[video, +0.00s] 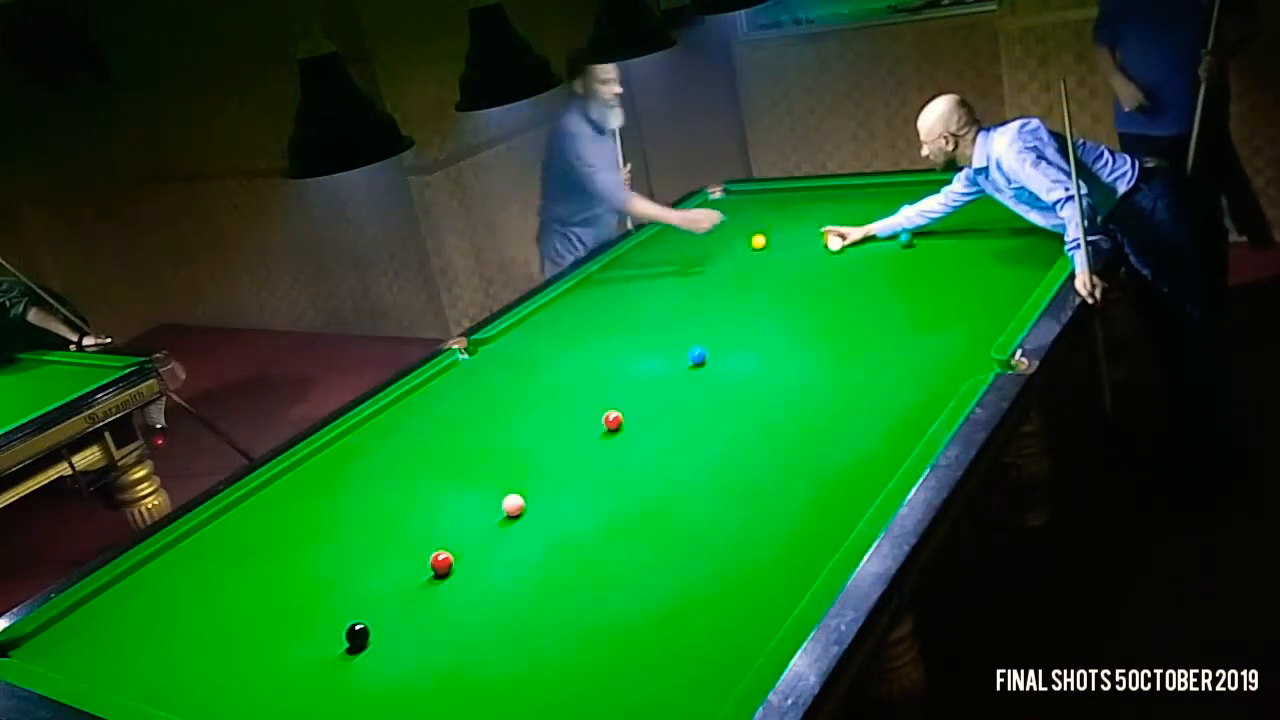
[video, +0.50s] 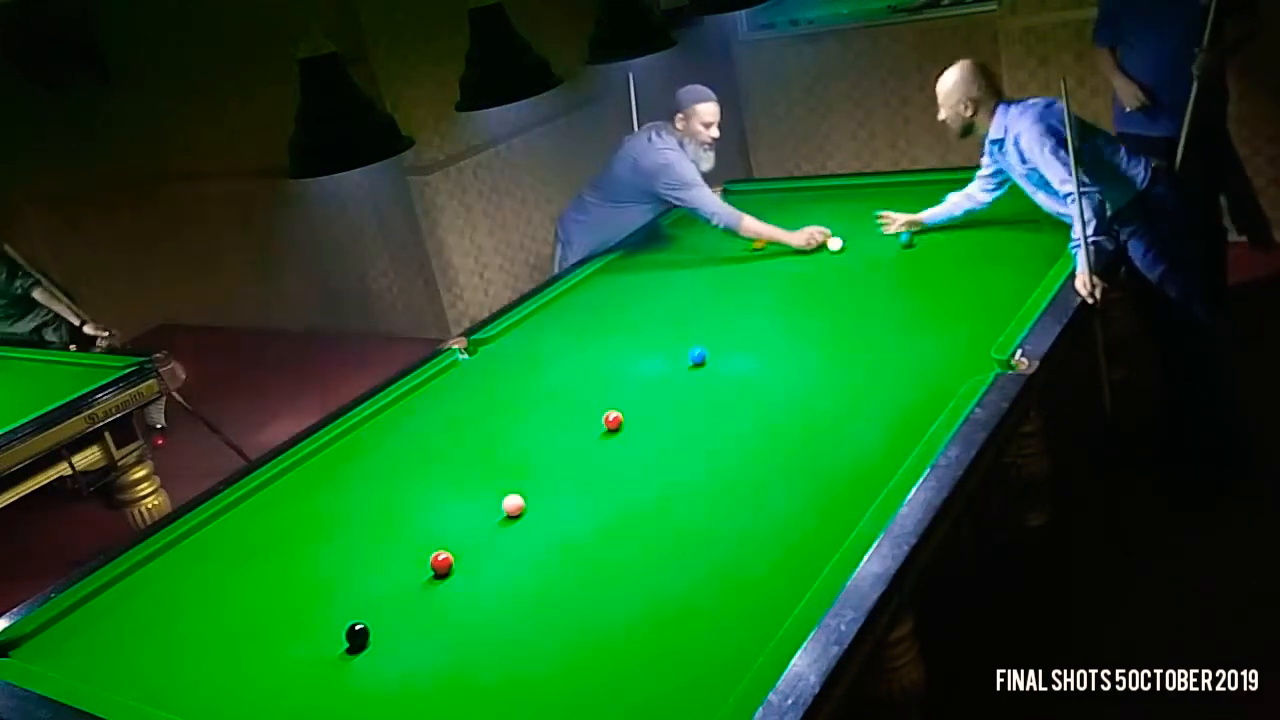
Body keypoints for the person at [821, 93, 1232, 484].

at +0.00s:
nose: (924, 150)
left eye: (927, 141)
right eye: (923, 143)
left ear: (952, 137)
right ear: (955, 134)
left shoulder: (1013, 145)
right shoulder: (979, 170)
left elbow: (1069, 196)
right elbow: (927, 210)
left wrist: (1081, 264)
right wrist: (861, 232)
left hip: (1148, 201)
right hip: (1124, 219)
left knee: (1194, 319)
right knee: (1174, 320)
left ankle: (1216, 444)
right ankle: (1197, 439)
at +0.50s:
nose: (940, 117)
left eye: (942, 106)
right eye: (938, 107)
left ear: (969, 103)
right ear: (971, 102)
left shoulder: (1030, 127)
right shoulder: (1000, 144)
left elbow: (1082, 190)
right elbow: (977, 195)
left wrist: (1086, 259)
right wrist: (917, 219)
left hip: (1147, 209)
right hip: (1122, 218)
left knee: (1190, 321)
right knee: (1171, 325)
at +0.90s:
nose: (1019, 46)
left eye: (1028, 33)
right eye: (1020, 34)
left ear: (1059, 32)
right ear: (1066, 31)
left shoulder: (1093, 87)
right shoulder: (1087, 80)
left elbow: (1108, 186)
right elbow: (1126, 157)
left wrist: (1094, 261)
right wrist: (1084, 187)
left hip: (1166, 234)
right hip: (1154, 230)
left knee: (1190, 357)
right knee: (1181, 353)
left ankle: (1214, 475)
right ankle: (1198, 466)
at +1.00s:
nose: (1044, 39)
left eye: (1051, 28)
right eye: (1044, 29)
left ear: (1080, 29)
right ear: (1083, 29)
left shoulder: (1113, 85)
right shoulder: (1109, 75)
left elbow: (1119, 186)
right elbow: (1140, 154)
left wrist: (1095, 259)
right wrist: (1106, 182)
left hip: (1168, 237)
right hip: (1161, 233)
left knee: (1189, 359)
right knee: (1183, 356)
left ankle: (1211, 472)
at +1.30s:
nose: (1119, 21)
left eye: (1129, 11)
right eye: (1120, 12)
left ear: (1157, 16)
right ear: (1151, 20)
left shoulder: (1186, 78)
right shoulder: (1160, 73)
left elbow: (1170, 183)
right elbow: (1165, 152)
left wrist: (1126, 263)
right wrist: (1139, 192)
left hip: (1207, 243)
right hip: (1180, 236)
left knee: (1229, 362)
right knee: (1203, 357)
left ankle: (1241, 467)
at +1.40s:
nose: (1138, 15)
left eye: (1151, 7)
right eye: (1141, 7)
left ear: (1180, 12)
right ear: (1175, 14)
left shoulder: (1207, 78)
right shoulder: (1179, 71)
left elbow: (1197, 191)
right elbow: (1180, 158)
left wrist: (1148, 266)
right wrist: (1142, 199)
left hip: (1223, 245)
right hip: (1190, 238)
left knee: (1243, 368)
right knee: (1202, 364)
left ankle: (1248, 476)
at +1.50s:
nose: (1155, 13)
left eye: (1166, 6)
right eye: (1159, 7)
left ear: (1195, 11)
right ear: (1194, 15)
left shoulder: (1227, 77)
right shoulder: (1193, 69)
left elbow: (1222, 197)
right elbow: (1186, 156)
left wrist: (1172, 271)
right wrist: (1141, 196)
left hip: (1235, 242)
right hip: (1198, 234)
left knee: (1248, 365)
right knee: (1200, 358)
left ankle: (1250, 471)